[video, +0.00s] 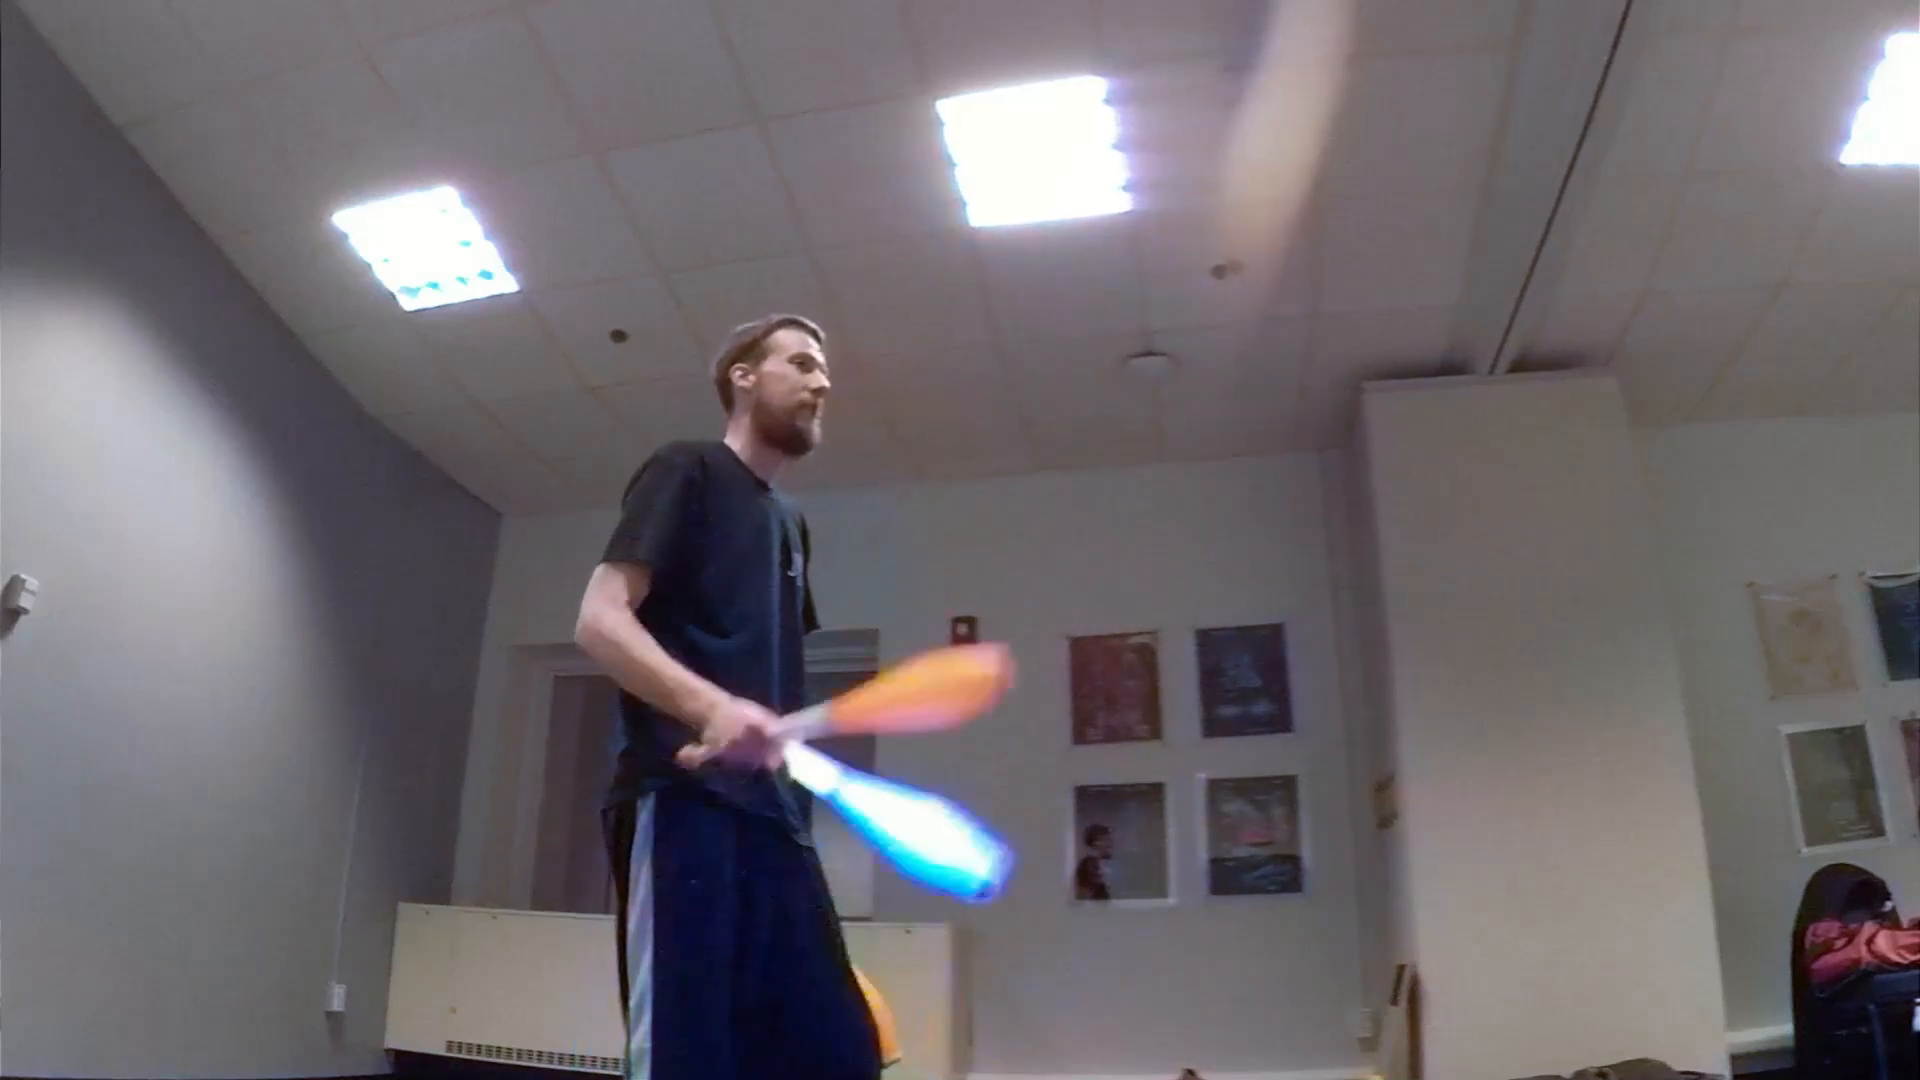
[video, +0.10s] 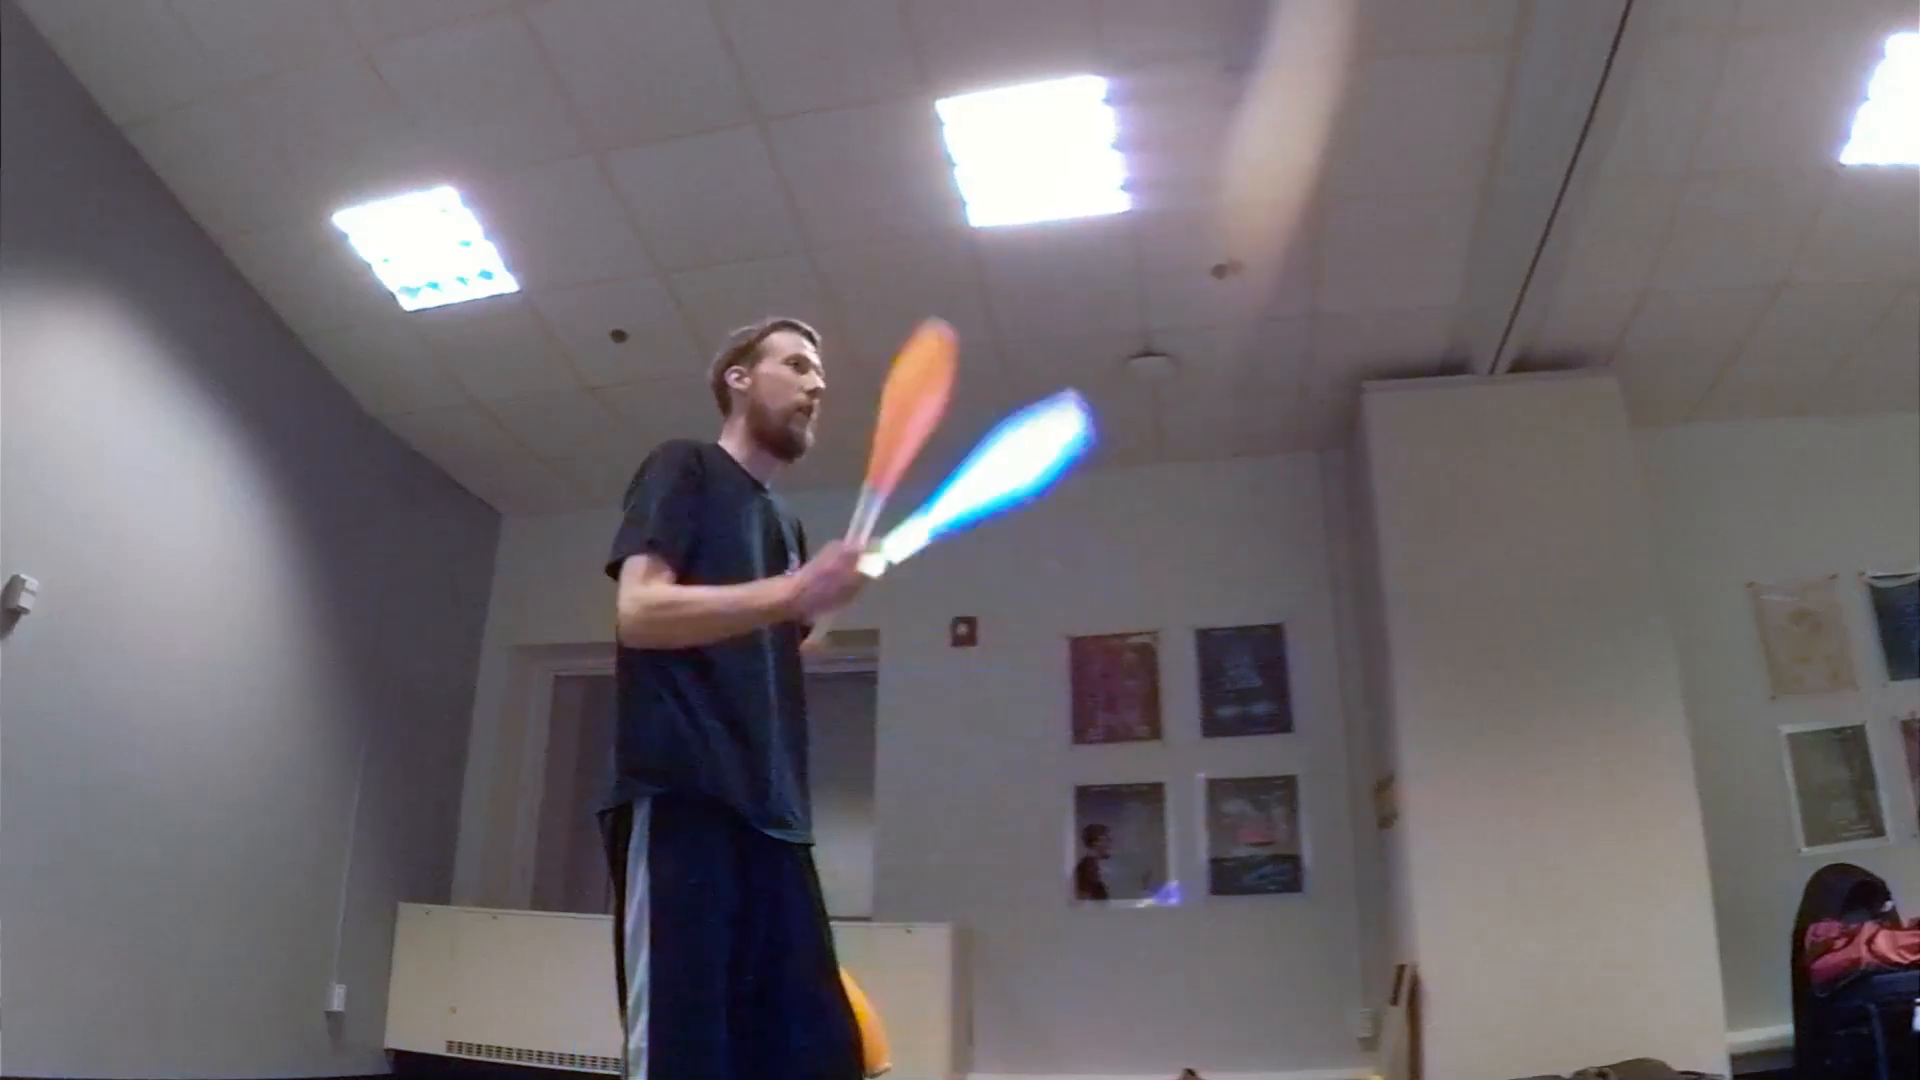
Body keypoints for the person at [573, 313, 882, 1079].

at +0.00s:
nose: (822, 381)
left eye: (824, 372)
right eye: (801, 362)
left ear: (822, 405)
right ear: (741, 379)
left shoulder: (790, 524)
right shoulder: (686, 470)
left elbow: (774, 670)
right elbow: (599, 618)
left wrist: (788, 740)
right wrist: (710, 709)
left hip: (771, 814)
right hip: (685, 806)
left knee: (836, 1046)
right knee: (683, 1050)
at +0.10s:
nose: (817, 383)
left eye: (821, 374)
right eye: (796, 363)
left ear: (815, 404)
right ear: (737, 380)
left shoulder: (785, 526)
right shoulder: (682, 467)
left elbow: (773, 647)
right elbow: (637, 612)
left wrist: (825, 602)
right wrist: (792, 593)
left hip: (772, 814)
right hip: (681, 800)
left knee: (812, 1041)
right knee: (680, 1040)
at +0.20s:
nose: (810, 386)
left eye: (815, 376)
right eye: (790, 367)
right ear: (732, 379)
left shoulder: (768, 518)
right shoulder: (682, 458)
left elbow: (763, 671)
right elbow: (712, 556)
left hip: (770, 814)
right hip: (681, 803)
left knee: (816, 1044)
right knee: (678, 1045)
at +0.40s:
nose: (801, 383)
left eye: (806, 375)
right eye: (784, 367)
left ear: (795, 396)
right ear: (726, 384)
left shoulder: (761, 526)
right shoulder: (680, 456)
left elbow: (756, 679)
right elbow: (768, 450)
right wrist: (879, 308)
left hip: (756, 791)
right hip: (679, 780)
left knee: (815, 1026)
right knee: (679, 1022)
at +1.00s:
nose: (801, 397)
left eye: (805, 388)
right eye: (782, 378)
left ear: (799, 411)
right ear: (724, 388)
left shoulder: (763, 534)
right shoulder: (684, 454)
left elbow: (751, 666)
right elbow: (770, 484)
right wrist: (934, 415)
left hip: (755, 798)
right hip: (674, 786)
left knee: (813, 1029)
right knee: (671, 1026)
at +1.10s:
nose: (805, 395)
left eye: (808, 386)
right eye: (786, 376)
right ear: (728, 385)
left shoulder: (763, 515)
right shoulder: (685, 451)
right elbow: (757, 502)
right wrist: (930, 447)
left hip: (756, 793)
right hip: (675, 784)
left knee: (813, 1030)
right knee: (678, 1024)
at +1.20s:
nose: (812, 392)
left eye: (814, 384)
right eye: (792, 373)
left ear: (808, 409)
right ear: (733, 385)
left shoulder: (753, 522)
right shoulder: (689, 456)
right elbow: (723, 550)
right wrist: (897, 533)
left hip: (759, 802)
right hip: (682, 794)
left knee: (820, 1037)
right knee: (685, 1037)